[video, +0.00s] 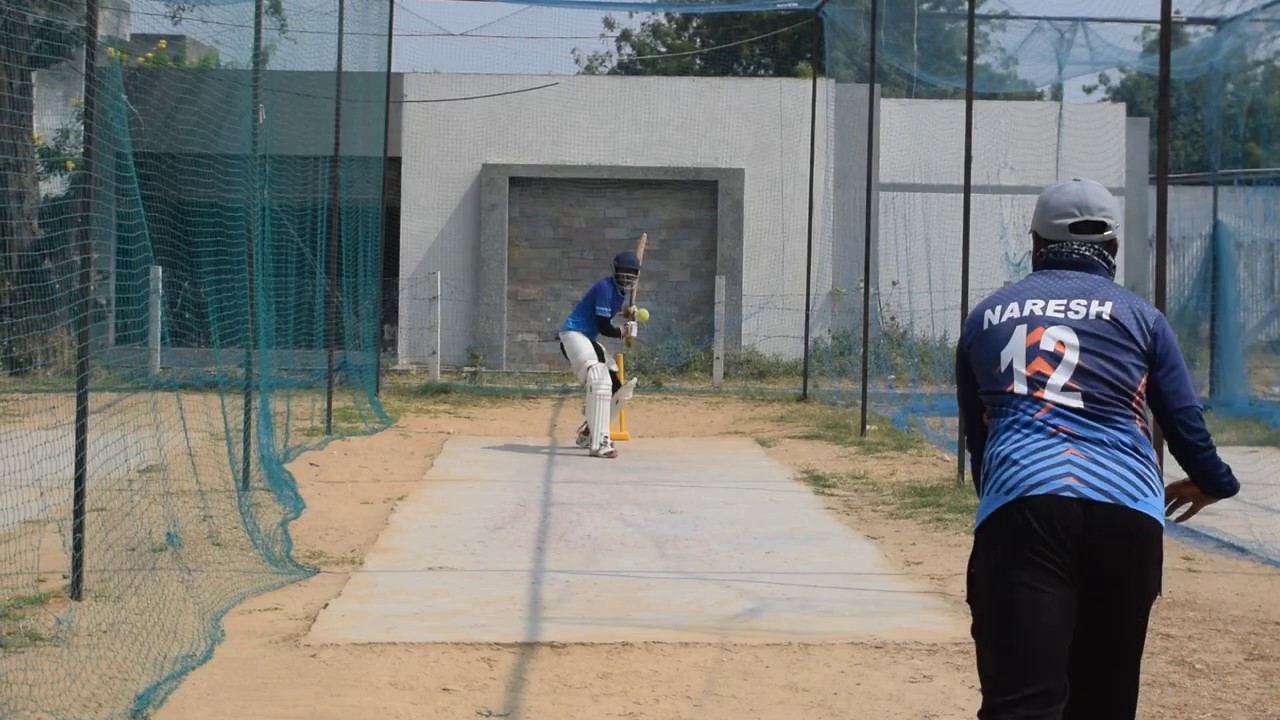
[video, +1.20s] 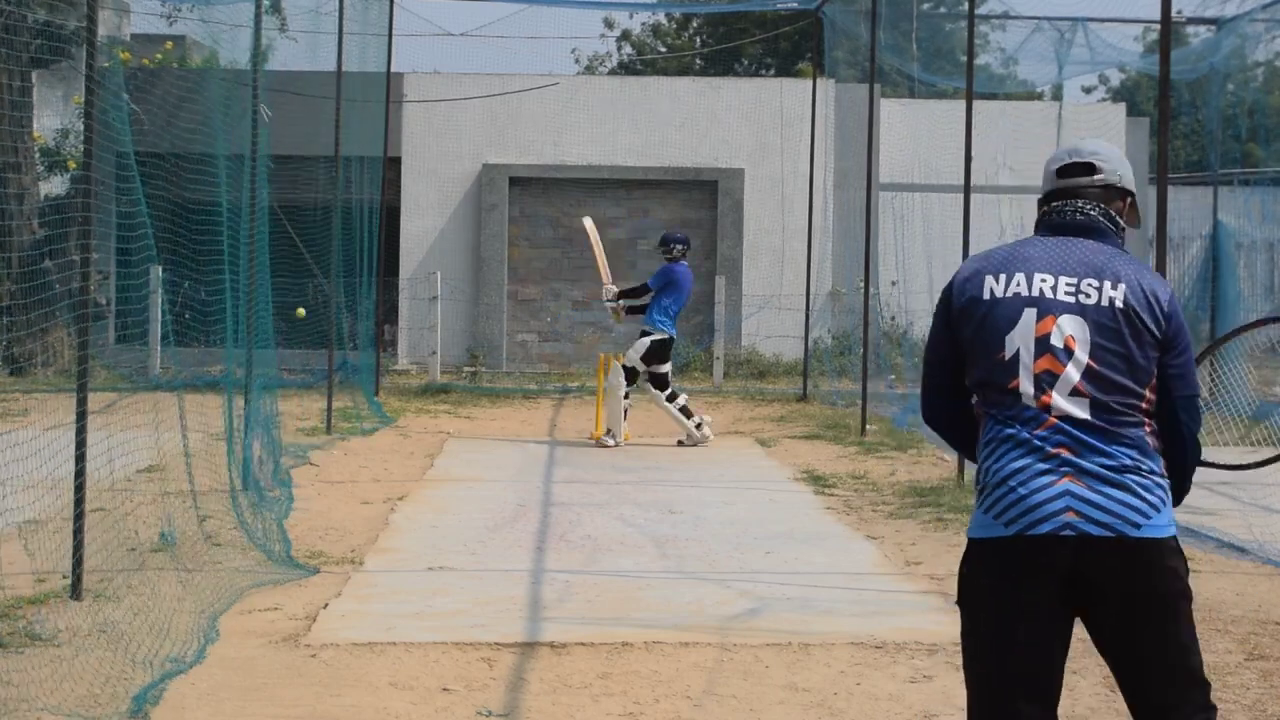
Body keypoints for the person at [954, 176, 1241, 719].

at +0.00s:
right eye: (1111, 239)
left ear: (1037, 247)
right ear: (1110, 246)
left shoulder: (984, 314)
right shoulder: (1141, 314)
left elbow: (977, 438)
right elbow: (1183, 420)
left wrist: (1003, 502)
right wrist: (1212, 480)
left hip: (1024, 509)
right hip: (1128, 513)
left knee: (1020, 697)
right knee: (1106, 696)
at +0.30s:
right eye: (1094, 209)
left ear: (1018, 212)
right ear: (1095, 217)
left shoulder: (956, 287)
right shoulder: (1122, 298)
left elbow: (916, 420)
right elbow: (1149, 421)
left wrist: (924, 524)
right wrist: (1158, 476)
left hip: (995, 515)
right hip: (1102, 521)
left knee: (996, 701)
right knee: (1084, 700)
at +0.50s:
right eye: (1072, 193)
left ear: (998, 197)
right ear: (1076, 202)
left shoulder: (938, 275)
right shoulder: (1107, 291)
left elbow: (893, 411)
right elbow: (1139, 417)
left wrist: (901, 513)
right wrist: (1147, 476)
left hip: (976, 518)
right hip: (1084, 523)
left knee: (983, 701)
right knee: (1069, 698)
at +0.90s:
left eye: (979, 179)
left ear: (980, 187)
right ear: (1061, 189)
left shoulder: (928, 271)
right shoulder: (1102, 281)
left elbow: (885, 404)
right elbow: (1125, 411)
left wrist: (951, 460)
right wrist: (1129, 474)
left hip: (979, 531)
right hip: (1091, 531)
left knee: (990, 708)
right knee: (1086, 705)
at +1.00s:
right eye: (1064, 183)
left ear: (990, 189)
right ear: (1071, 190)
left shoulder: (936, 272)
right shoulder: (1110, 279)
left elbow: (893, 401)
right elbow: (1140, 414)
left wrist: (967, 443)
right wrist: (1143, 476)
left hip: (988, 534)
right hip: (1102, 534)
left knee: (996, 709)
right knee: (1113, 706)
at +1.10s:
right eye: (1084, 187)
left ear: (1004, 192)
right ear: (1086, 194)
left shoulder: (948, 271)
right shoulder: (1124, 282)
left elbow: (909, 401)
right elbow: (1154, 424)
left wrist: (983, 445)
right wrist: (1149, 494)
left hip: (996, 533)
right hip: (1114, 532)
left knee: (1002, 708)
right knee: (1137, 705)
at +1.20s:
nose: (1131, 216)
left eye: (1127, 206)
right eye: (1130, 207)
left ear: (1046, 206)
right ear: (1122, 208)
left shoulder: (974, 276)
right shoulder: (1152, 289)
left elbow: (941, 405)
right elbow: (1183, 434)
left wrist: (1010, 456)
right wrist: (1149, 502)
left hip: (1009, 539)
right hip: (1133, 540)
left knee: (1007, 711)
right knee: (1180, 708)